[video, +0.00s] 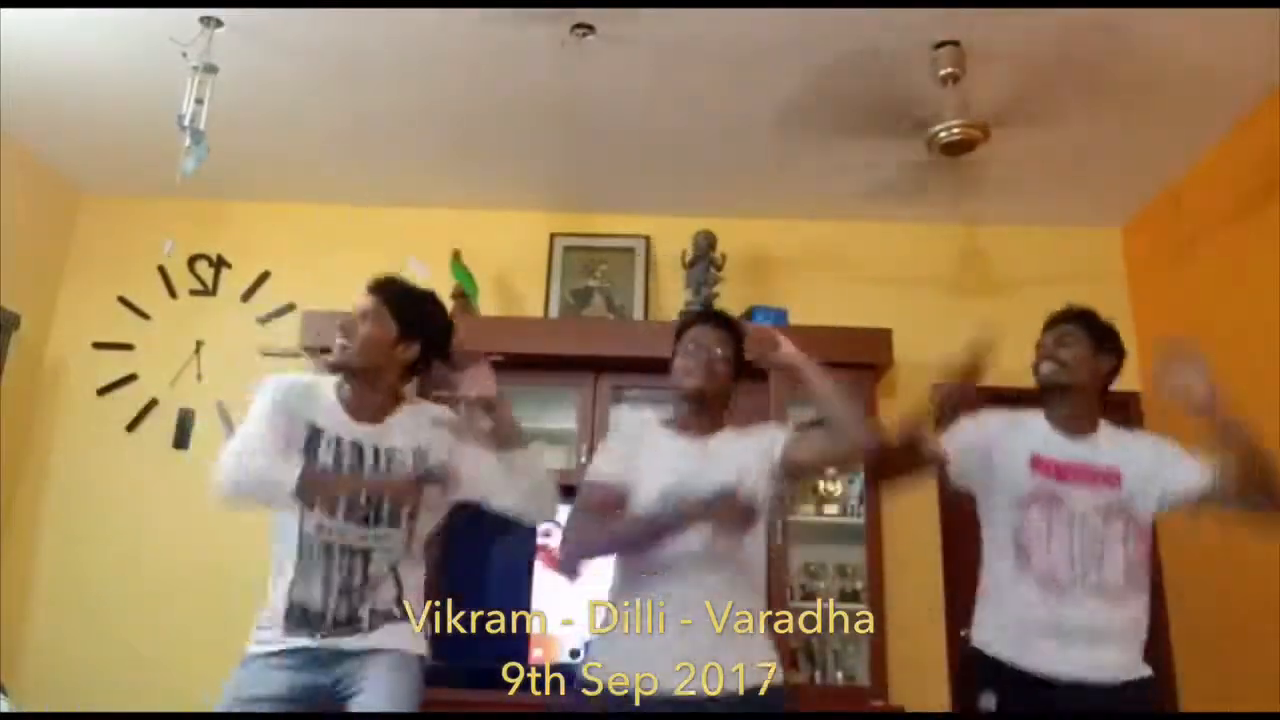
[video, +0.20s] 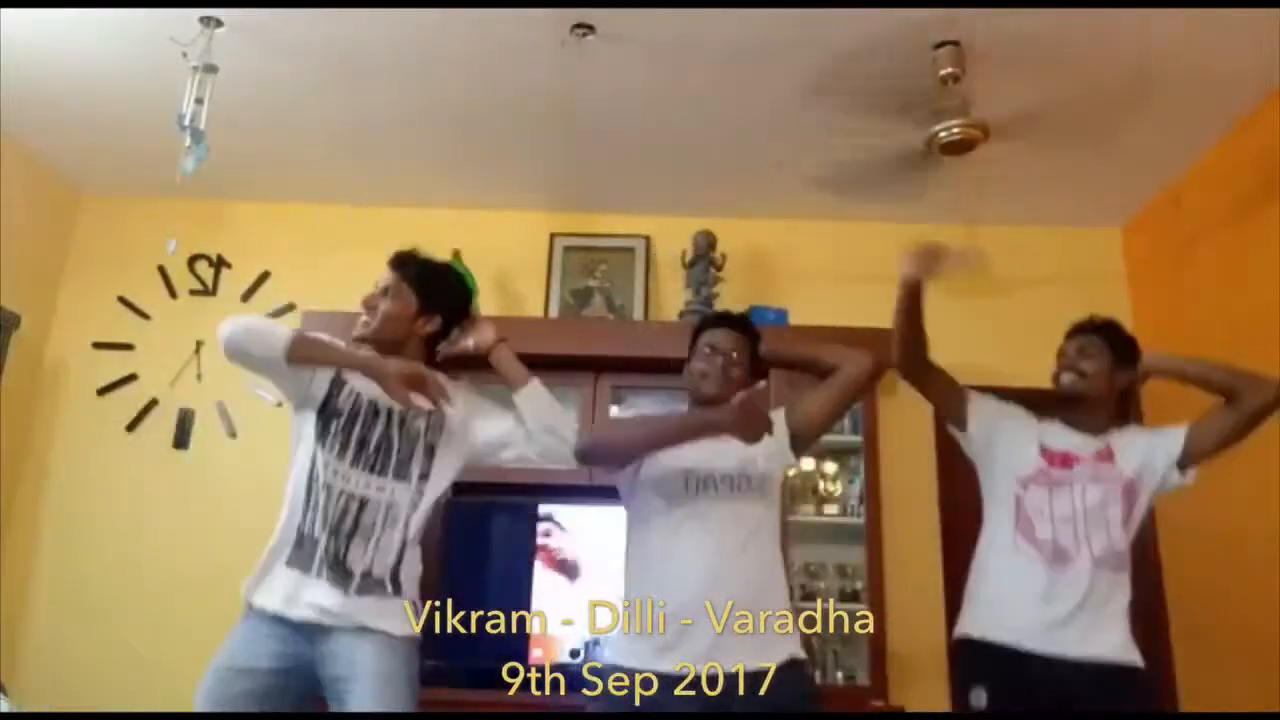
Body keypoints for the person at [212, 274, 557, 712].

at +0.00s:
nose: (345, 324)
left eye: (367, 318)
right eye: (354, 313)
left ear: (406, 351)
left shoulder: (437, 432)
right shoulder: (290, 398)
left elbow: (537, 505)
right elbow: (237, 474)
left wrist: (503, 428)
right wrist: (370, 488)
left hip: (384, 647)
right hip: (286, 641)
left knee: (386, 706)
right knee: (237, 707)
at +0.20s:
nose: (369, 299)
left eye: (391, 293)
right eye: (378, 287)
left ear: (426, 323)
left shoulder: (458, 412)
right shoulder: (323, 375)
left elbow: (560, 449)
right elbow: (235, 336)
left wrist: (497, 351)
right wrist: (370, 363)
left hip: (372, 626)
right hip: (279, 610)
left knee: (380, 706)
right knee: (214, 703)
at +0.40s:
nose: (378, 320)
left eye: (395, 313)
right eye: (385, 309)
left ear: (433, 340)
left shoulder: (462, 425)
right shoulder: (326, 392)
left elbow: (547, 426)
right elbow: (206, 332)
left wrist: (482, 349)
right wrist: (318, 341)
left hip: (367, 648)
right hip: (275, 623)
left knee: (364, 703)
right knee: (212, 699)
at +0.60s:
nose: (379, 325)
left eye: (395, 317)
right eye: (385, 315)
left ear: (434, 340)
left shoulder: (465, 422)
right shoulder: (336, 395)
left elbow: (534, 405)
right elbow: (215, 330)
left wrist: (467, 338)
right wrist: (268, 330)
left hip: (362, 641)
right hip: (272, 622)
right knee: (210, 697)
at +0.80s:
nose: (381, 321)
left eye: (398, 313)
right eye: (387, 311)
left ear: (436, 335)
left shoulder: (468, 415)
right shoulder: (344, 386)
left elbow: (529, 388)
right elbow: (238, 340)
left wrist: (465, 328)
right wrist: (222, 290)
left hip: (366, 613)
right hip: (278, 592)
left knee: (358, 704)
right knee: (218, 703)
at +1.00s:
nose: (378, 335)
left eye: (393, 326)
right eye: (383, 324)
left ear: (428, 347)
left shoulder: (461, 427)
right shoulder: (334, 403)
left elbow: (528, 384)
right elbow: (246, 345)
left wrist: (465, 328)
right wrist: (239, 296)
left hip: (371, 661)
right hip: (277, 644)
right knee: (209, 710)